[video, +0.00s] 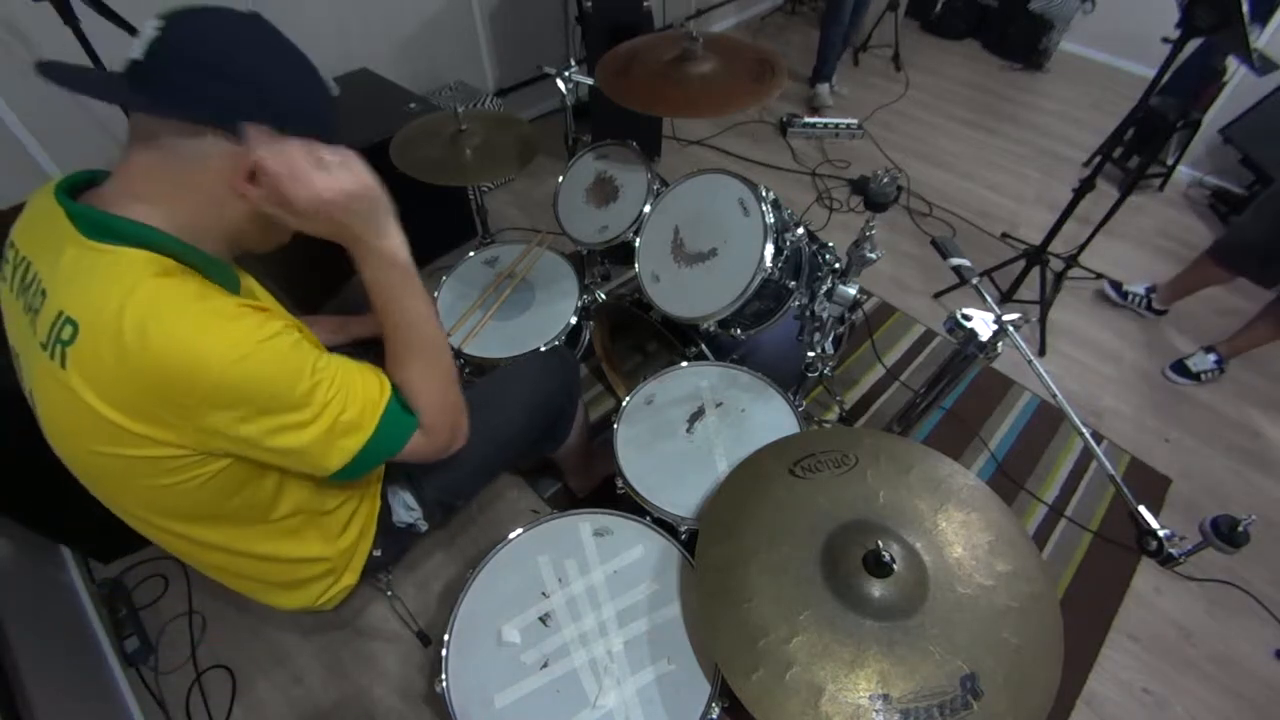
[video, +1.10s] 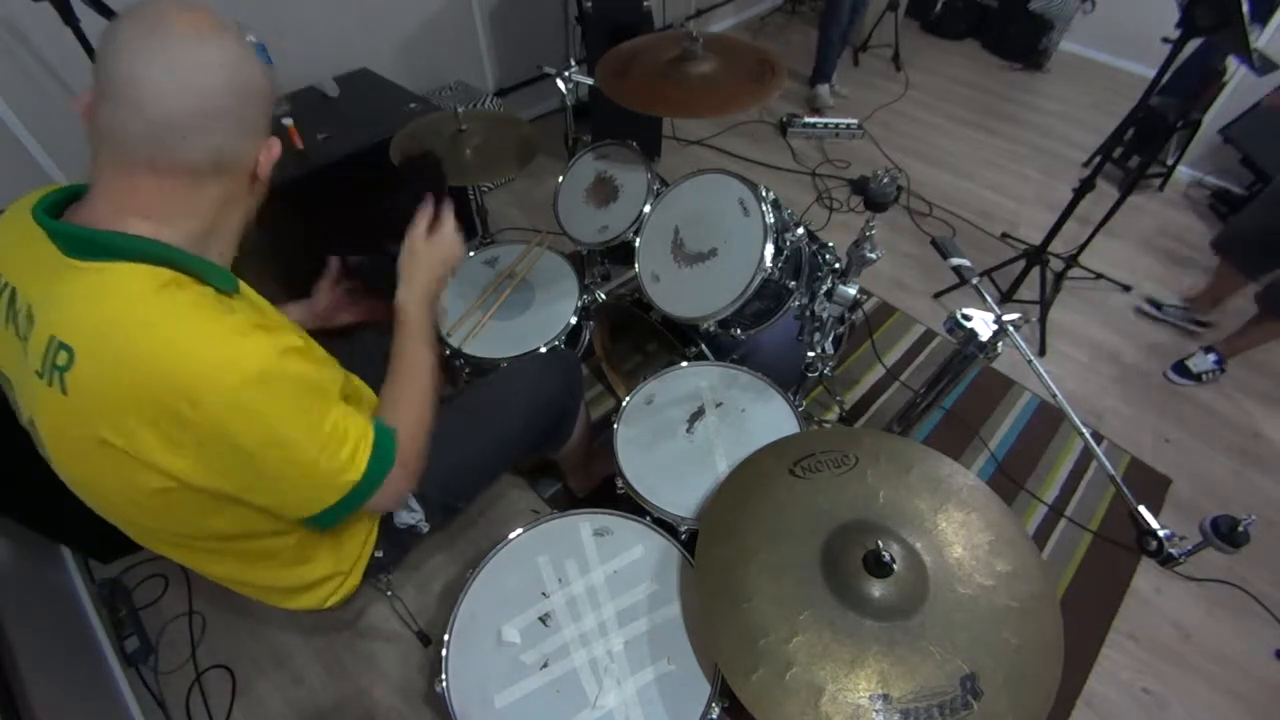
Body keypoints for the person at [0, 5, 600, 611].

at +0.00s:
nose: (308, 189)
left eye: (313, 165)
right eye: (303, 164)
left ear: (146, 128)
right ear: (255, 169)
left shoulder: (51, 217)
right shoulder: (198, 344)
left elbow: (224, 335)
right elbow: (440, 429)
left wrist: (376, 322)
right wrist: (375, 236)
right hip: (334, 532)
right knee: (552, 366)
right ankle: (583, 472)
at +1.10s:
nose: (275, 150)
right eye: (275, 136)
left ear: (88, 115)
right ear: (264, 165)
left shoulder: (28, 227)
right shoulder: (228, 370)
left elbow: (144, 348)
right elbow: (395, 475)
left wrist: (300, 315)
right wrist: (420, 302)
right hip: (337, 532)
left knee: (404, 325)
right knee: (554, 368)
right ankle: (583, 470)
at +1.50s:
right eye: (248, 125)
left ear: (45, 135)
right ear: (239, 156)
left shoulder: (20, 243)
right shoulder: (237, 382)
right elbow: (361, 550)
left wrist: (230, 309)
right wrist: (384, 380)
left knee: (372, 250)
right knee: (553, 365)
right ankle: (581, 467)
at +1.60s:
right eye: (234, 125)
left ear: (30, 139)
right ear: (230, 157)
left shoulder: (18, 245)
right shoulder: (237, 386)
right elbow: (348, 553)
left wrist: (229, 312)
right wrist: (386, 379)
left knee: (374, 245)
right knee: (554, 364)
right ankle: (575, 467)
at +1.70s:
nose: (221, 134)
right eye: (218, 119)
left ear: (27, 152)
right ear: (214, 156)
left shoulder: (18, 255)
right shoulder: (218, 383)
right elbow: (333, 558)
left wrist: (226, 312)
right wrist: (406, 383)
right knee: (555, 365)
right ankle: (574, 470)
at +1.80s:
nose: (218, 130)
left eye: (205, 112)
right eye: (212, 120)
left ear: (35, 174)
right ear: (205, 170)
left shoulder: (19, 265)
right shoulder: (207, 389)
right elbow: (340, 556)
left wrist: (241, 309)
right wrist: (421, 379)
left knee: (371, 264)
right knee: (555, 370)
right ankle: (581, 468)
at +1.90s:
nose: (235, 158)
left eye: (223, 140)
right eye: (226, 148)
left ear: (48, 179)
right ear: (199, 200)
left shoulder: (21, 258)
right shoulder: (177, 403)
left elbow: (138, 314)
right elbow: (365, 544)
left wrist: (251, 280)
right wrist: (430, 347)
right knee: (555, 373)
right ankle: (584, 470)